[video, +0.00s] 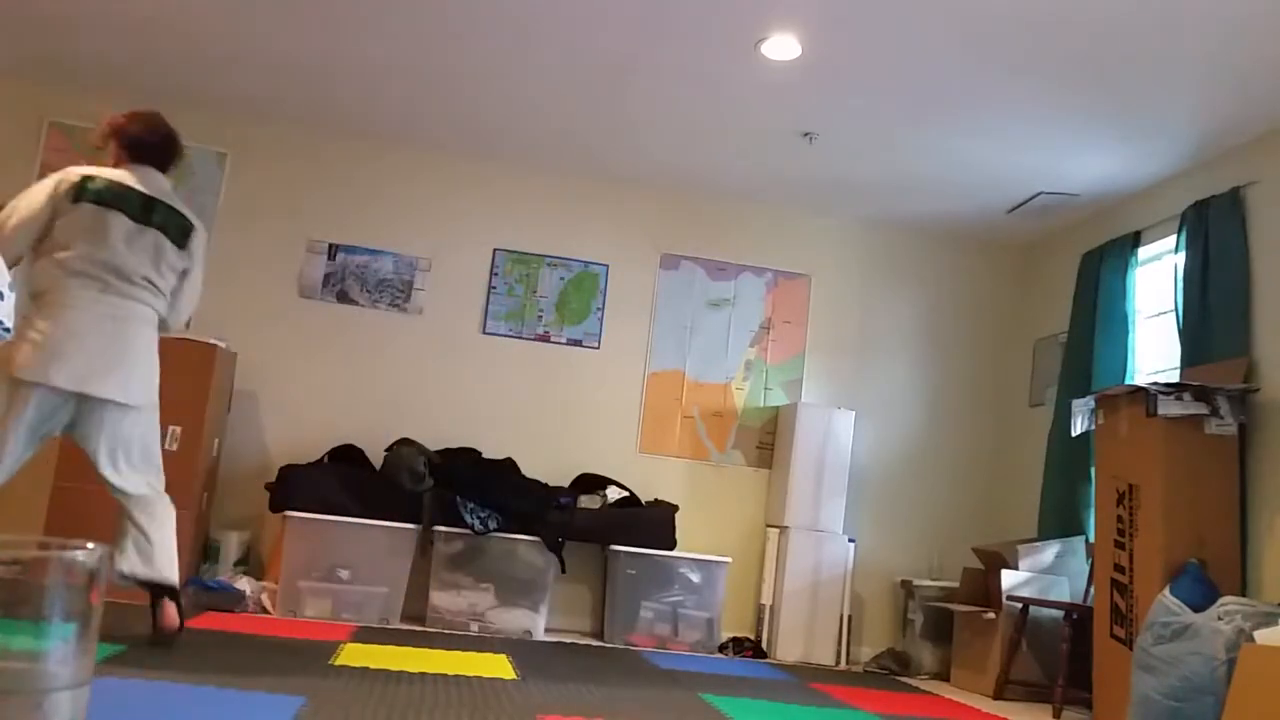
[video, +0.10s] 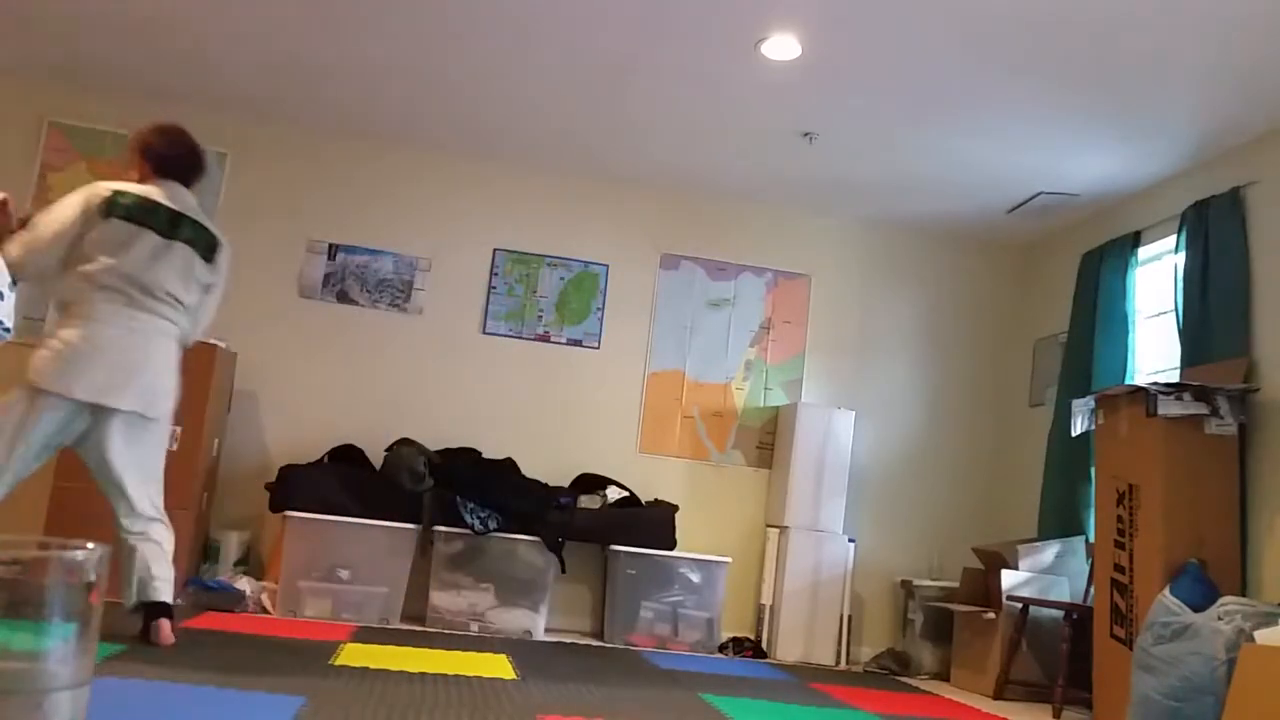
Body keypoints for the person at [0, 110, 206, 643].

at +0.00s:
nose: (102, 151)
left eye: (107, 144)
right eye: (106, 142)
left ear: (117, 150)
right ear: (167, 164)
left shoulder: (72, 182)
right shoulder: (190, 226)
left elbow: (8, 237)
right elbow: (176, 314)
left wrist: (32, 281)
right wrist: (128, 314)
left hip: (50, 347)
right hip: (129, 366)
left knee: (0, 460)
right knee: (143, 485)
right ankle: (164, 592)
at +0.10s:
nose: (130, 168)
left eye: (134, 160)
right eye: (135, 160)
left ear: (142, 165)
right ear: (192, 178)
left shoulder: (103, 197)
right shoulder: (214, 243)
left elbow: (24, 255)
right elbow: (194, 327)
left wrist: (8, 237)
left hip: (77, 359)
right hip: (150, 380)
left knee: (0, 469)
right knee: (144, 507)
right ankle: (159, 611)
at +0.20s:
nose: (154, 173)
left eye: (159, 164)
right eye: (158, 163)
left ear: (173, 170)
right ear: (222, 181)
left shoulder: (139, 205)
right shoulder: (246, 247)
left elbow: (73, 275)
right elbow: (231, 331)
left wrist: (61, 244)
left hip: (122, 372)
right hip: (193, 389)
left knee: (22, 472)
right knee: (167, 510)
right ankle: (165, 617)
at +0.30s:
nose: (186, 167)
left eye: (189, 159)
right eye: (189, 159)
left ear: (199, 162)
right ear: (250, 171)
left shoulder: (169, 198)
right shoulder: (275, 234)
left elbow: (109, 273)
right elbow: (266, 314)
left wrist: (92, 255)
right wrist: (223, 291)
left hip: (163, 356)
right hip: (232, 373)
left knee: (88, 461)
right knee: (199, 494)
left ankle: (32, 572)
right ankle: (173, 610)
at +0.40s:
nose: (208, 165)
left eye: (210, 157)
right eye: (210, 157)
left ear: (220, 158)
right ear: (272, 167)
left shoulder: (192, 191)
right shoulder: (298, 226)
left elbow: (138, 269)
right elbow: (290, 310)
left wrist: (116, 261)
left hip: (194, 351)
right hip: (265, 362)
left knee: (142, 463)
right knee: (241, 479)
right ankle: (229, 595)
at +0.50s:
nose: (230, 180)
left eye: (232, 172)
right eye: (232, 172)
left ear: (244, 172)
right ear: (296, 181)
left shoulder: (217, 208)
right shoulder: (323, 244)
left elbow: (162, 283)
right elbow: (313, 328)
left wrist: (140, 271)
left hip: (218, 375)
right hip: (289, 386)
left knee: (160, 491)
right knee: (296, 496)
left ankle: (152, 615)